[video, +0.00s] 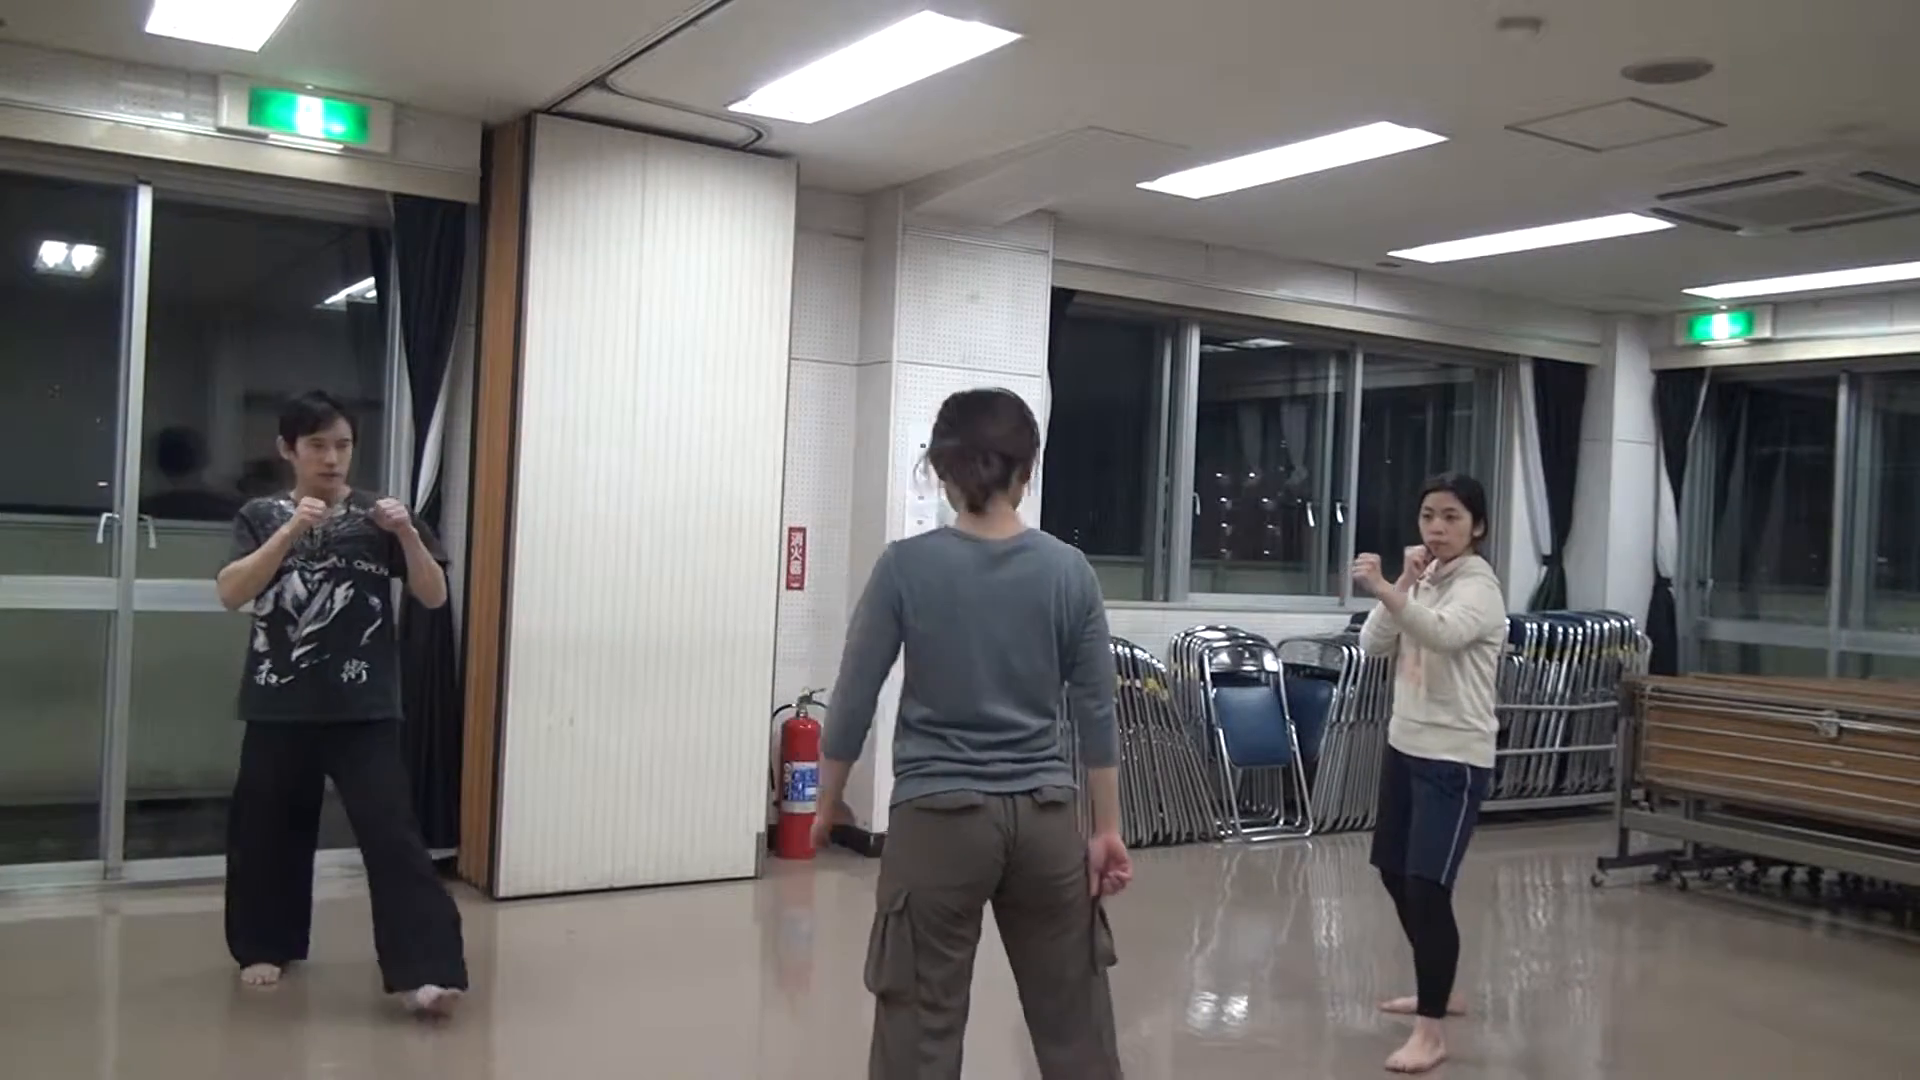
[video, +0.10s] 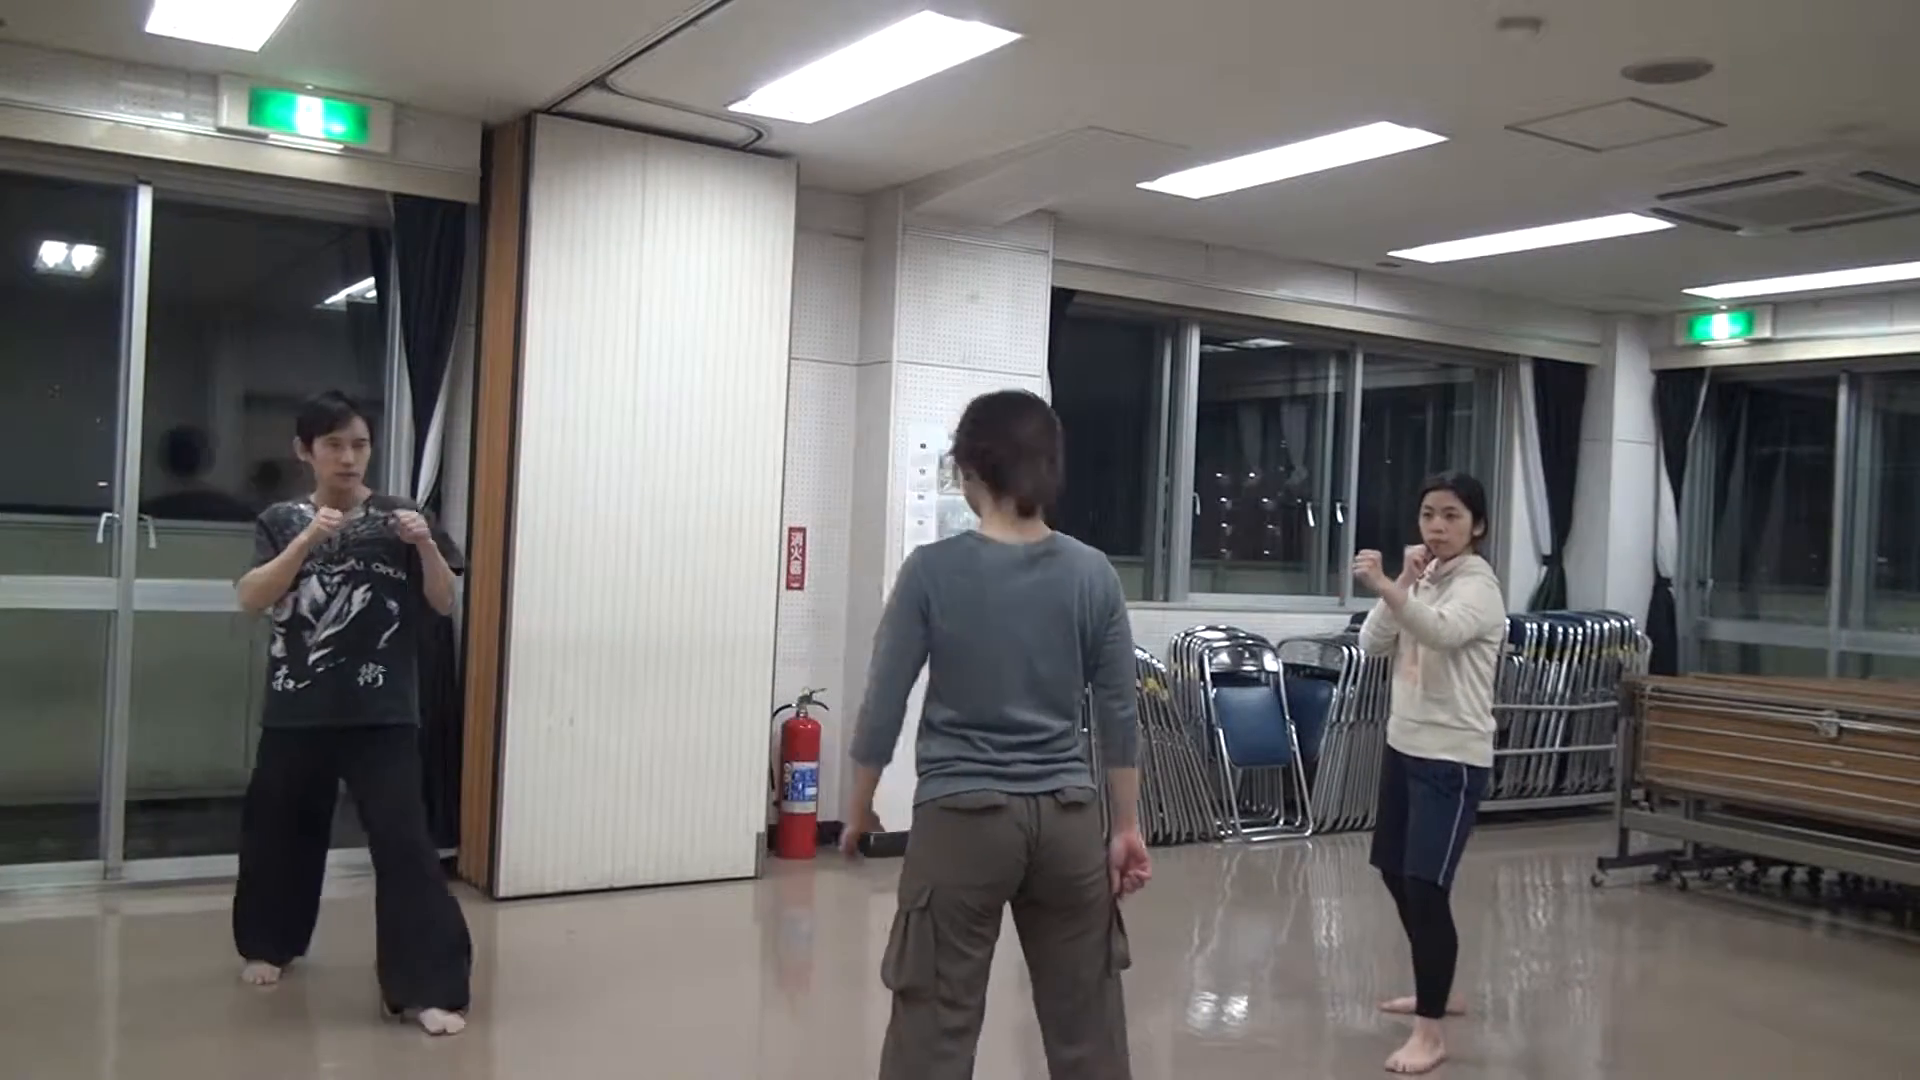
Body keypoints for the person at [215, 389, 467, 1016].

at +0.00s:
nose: (332, 457)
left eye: (342, 446)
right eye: (318, 446)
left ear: (354, 449)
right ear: (288, 450)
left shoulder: (382, 516)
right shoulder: (263, 517)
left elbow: (433, 594)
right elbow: (231, 593)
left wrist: (407, 535)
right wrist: (288, 535)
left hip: (365, 708)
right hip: (281, 708)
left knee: (392, 834)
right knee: (268, 828)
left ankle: (427, 972)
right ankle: (263, 951)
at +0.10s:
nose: (349, 456)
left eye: (359, 445)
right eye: (335, 446)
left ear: (371, 449)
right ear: (306, 452)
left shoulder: (402, 518)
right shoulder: (282, 522)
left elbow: (444, 601)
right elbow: (252, 597)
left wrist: (426, 546)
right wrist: (304, 545)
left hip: (383, 712)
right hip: (299, 711)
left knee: (405, 842)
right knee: (278, 828)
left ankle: (428, 989)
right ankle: (268, 946)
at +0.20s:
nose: (372, 452)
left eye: (382, 439)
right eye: (358, 440)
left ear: (394, 445)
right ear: (329, 445)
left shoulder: (426, 516)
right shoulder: (300, 517)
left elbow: (464, 605)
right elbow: (274, 601)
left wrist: (448, 579)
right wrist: (324, 559)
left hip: (406, 714)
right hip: (320, 712)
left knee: (421, 851)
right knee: (296, 832)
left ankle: (433, 995)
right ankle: (271, 943)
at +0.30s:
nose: (390, 451)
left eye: (400, 439)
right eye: (376, 439)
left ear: (412, 444)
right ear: (347, 443)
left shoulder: (441, 514)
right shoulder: (314, 515)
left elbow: (468, 588)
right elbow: (291, 603)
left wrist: (470, 631)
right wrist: (341, 586)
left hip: (422, 710)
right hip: (338, 710)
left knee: (428, 853)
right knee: (311, 833)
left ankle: (433, 995)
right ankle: (281, 944)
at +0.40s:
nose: (400, 450)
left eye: (409, 438)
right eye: (386, 438)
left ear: (419, 440)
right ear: (355, 441)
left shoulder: (446, 514)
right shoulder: (320, 515)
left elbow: (475, 607)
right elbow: (296, 603)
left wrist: (488, 681)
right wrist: (343, 608)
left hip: (427, 714)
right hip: (342, 715)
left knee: (437, 855)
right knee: (328, 840)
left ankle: (436, 994)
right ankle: (313, 958)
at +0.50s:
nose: (401, 449)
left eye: (411, 438)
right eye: (388, 437)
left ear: (421, 441)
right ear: (357, 439)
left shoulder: (448, 515)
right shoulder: (321, 513)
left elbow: (477, 610)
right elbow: (295, 599)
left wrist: (493, 693)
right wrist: (348, 602)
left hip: (426, 715)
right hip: (343, 716)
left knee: (435, 855)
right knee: (341, 848)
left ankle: (438, 995)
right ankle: (347, 975)